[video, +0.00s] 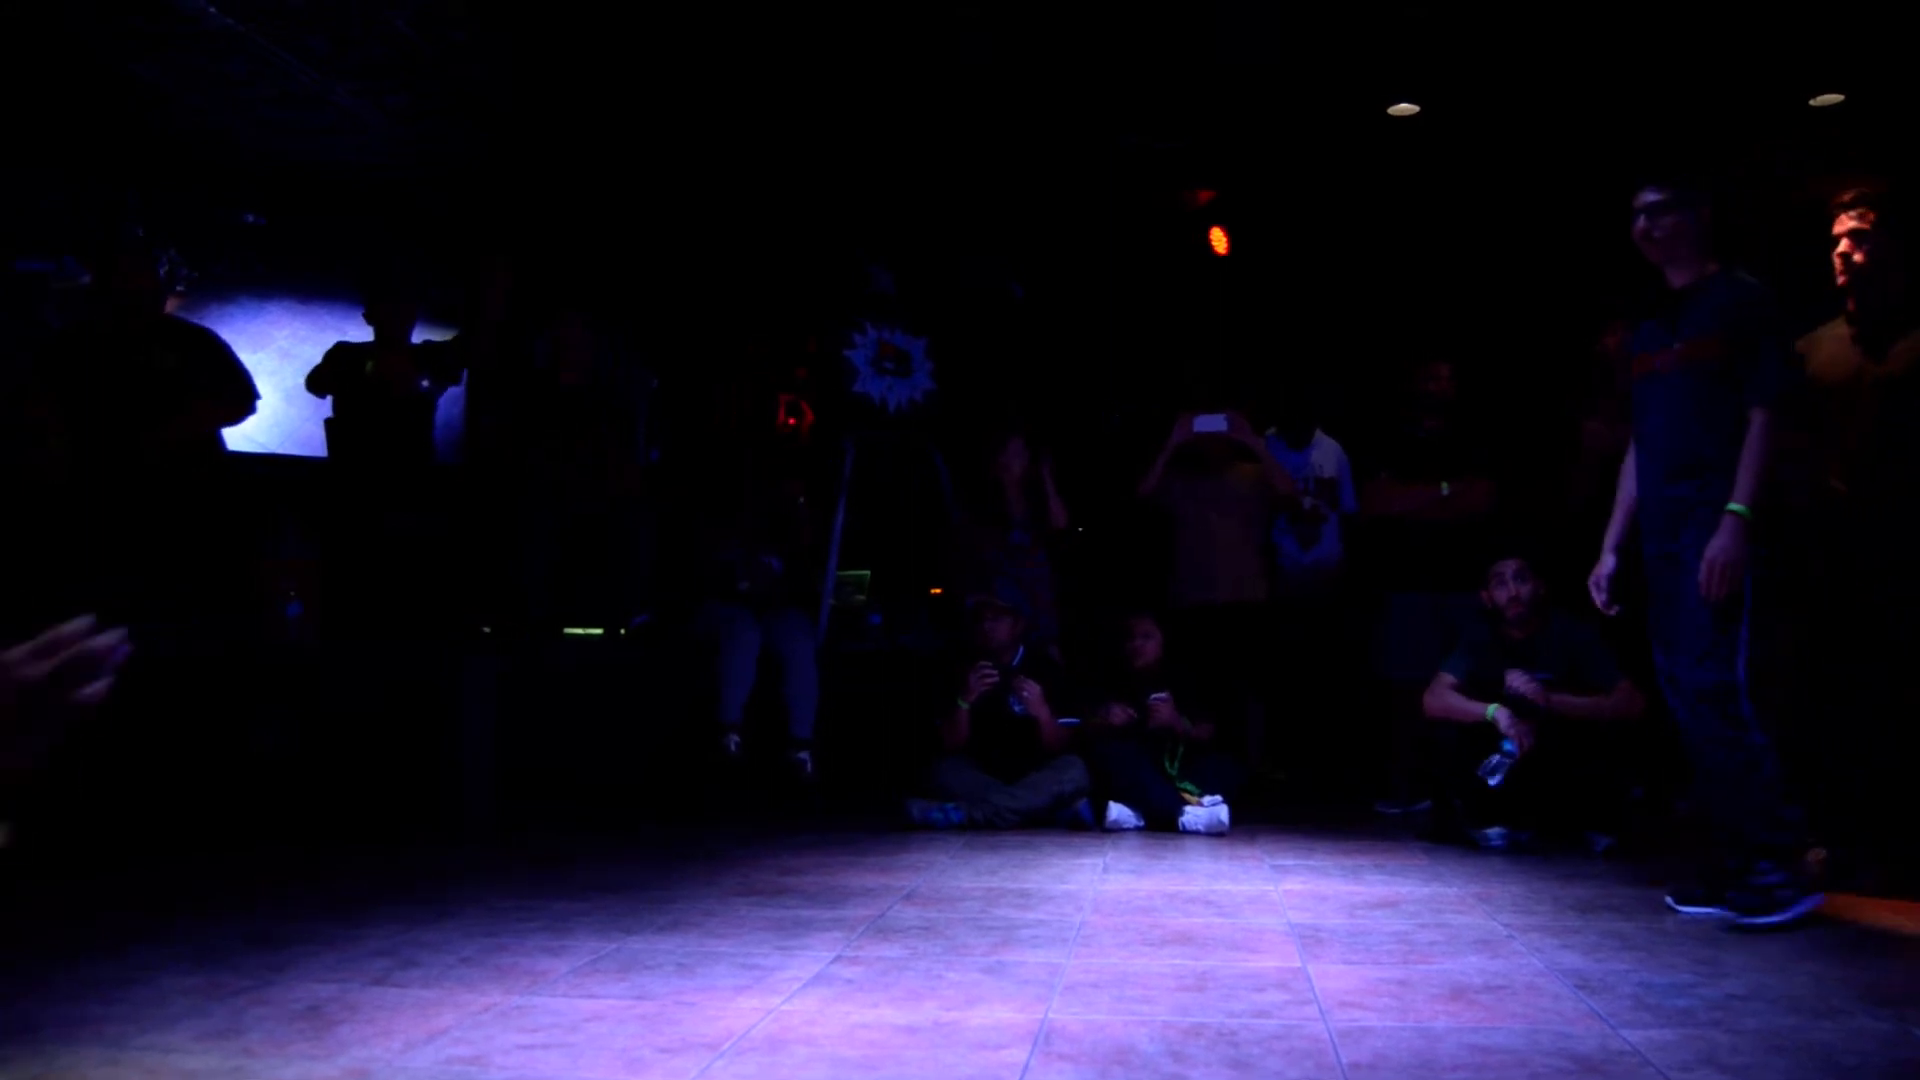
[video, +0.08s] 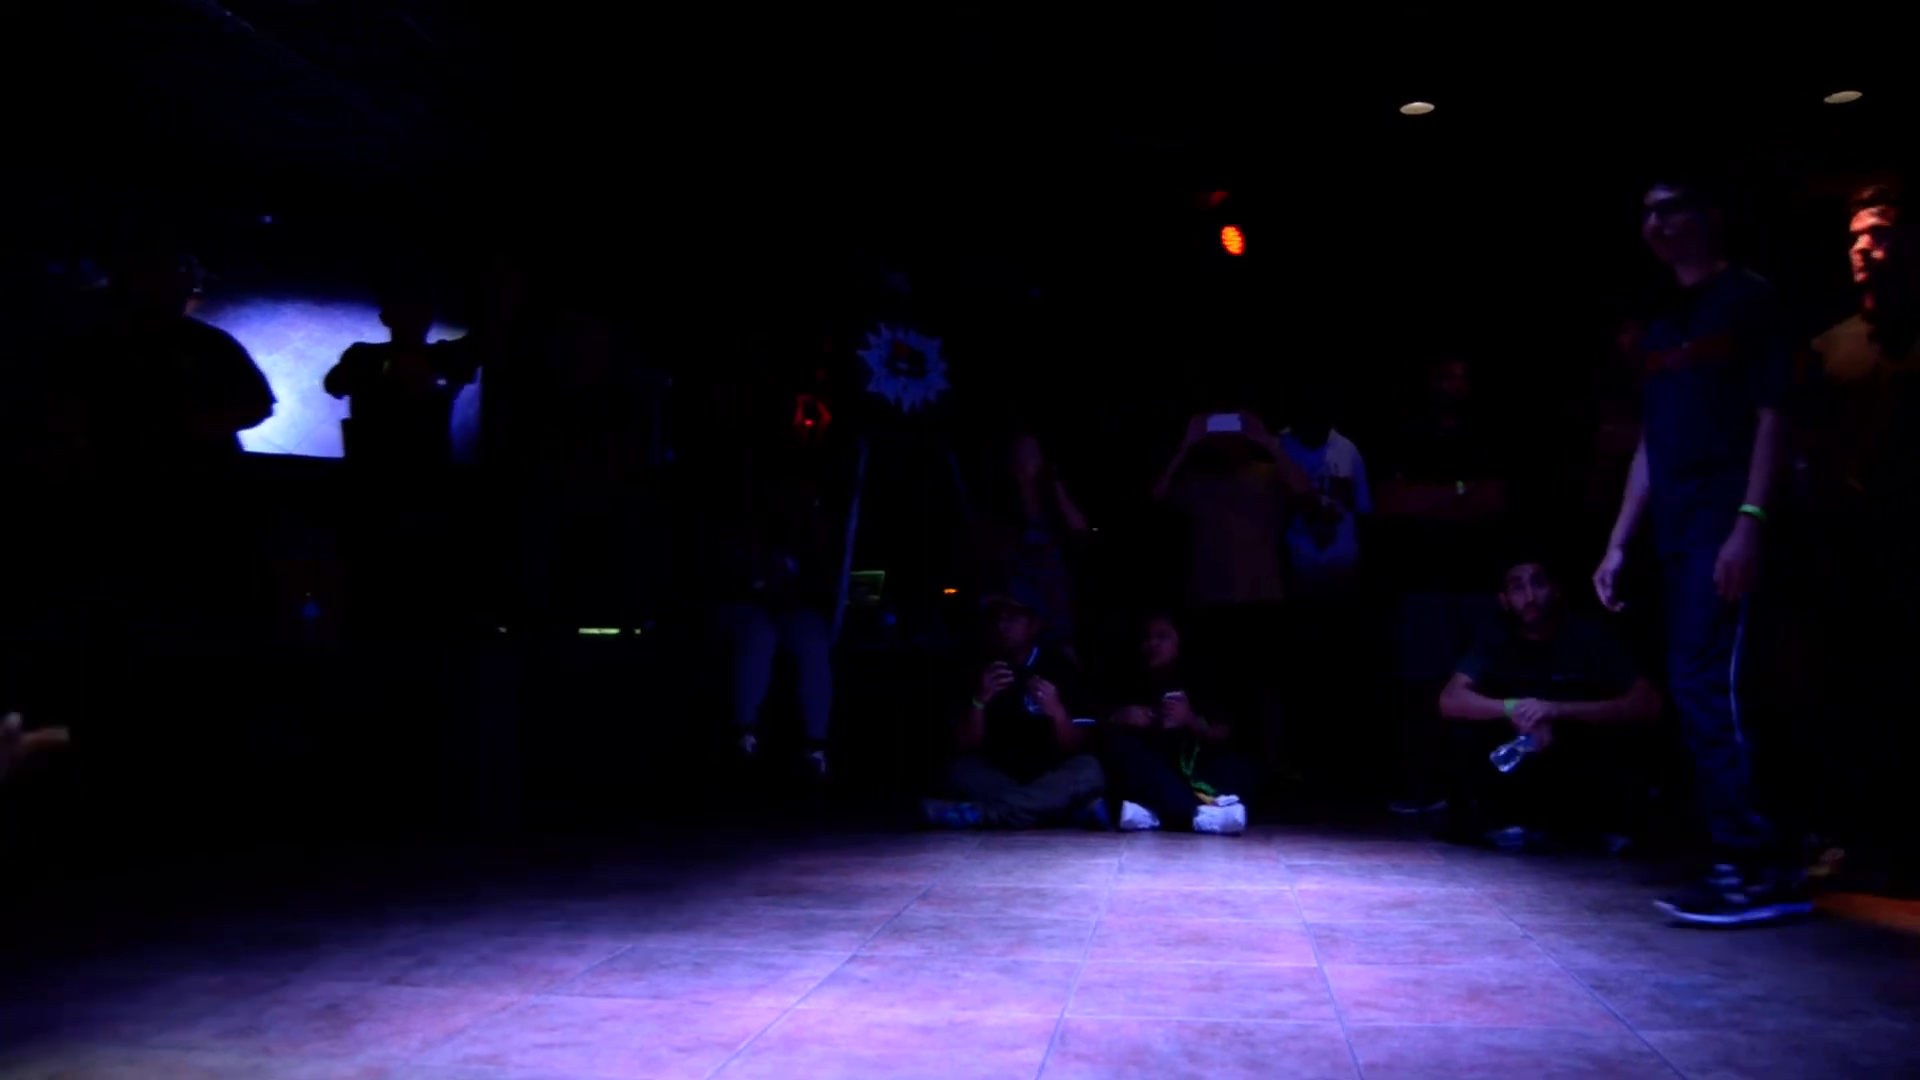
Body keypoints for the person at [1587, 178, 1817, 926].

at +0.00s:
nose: (1647, 226)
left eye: (1661, 211)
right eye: (1639, 215)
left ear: (1697, 216)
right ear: (1636, 229)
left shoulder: (1742, 302)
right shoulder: (1652, 320)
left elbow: (1764, 420)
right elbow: (1643, 442)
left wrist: (1736, 521)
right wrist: (1612, 546)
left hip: (1718, 529)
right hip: (1663, 532)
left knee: (1717, 691)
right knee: (1687, 692)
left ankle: (1774, 873)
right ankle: (1730, 869)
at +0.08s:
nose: (1658, 225)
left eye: (1672, 209)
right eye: (1650, 214)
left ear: (1707, 216)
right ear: (1647, 229)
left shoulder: (1750, 300)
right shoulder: (1665, 319)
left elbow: (1771, 421)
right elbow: (1653, 442)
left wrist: (1749, 524)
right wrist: (1619, 543)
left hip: (1727, 529)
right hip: (1679, 531)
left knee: (1710, 690)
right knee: (1694, 689)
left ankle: (1752, 870)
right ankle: (1733, 863)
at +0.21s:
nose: (1678, 220)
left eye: (1693, 205)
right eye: (1670, 210)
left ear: (1731, 212)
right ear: (1668, 226)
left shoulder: (1769, 295)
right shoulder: (1685, 314)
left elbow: (1793, 415)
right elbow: (1679, 438)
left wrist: (1773, 522)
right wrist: (1642, 538)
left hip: (1748, 522)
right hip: (1700, 521)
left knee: (1713, 680)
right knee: (1707, 679)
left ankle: (1700, 854)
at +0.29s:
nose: (1675, 219)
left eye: (1690, 204)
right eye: (1669, 208)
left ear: (1728, 211)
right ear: (1666, 224)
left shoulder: (1766, 295)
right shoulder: (1687, 313)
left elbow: (1788, 416)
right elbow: (1678, 437)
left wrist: (1770, 524)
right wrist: (1645, 538)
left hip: (1744, 519)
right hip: (1696, 520)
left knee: (1694, 676)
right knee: (1725, 677)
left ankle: (1657, 853)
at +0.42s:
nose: (1661, 222)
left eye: (1676, 208)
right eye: (1655, 211)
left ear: (1712, 215)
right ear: (1652, 228)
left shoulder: (1750, 299)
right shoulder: (1680, 314)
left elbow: (1769, 421)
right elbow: (1670, 444)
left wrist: (1753, 530)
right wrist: (1647, 544)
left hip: (1728, 518)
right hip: (1686, 518)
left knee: (1681, 677)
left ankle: (1637, 844)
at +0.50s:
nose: (1654, 224)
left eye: (1668, 210)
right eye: (1649, 213)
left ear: (1709, 215)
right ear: (1649, 230)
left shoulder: (1746, 301)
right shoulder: (1679, 316)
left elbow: (1756, 426)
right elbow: (1674, 449)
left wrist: (1744, 533)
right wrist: (1651, 547)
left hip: (1725, 522)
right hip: (1690, 522)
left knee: (1681, 683)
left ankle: (1644, 847)